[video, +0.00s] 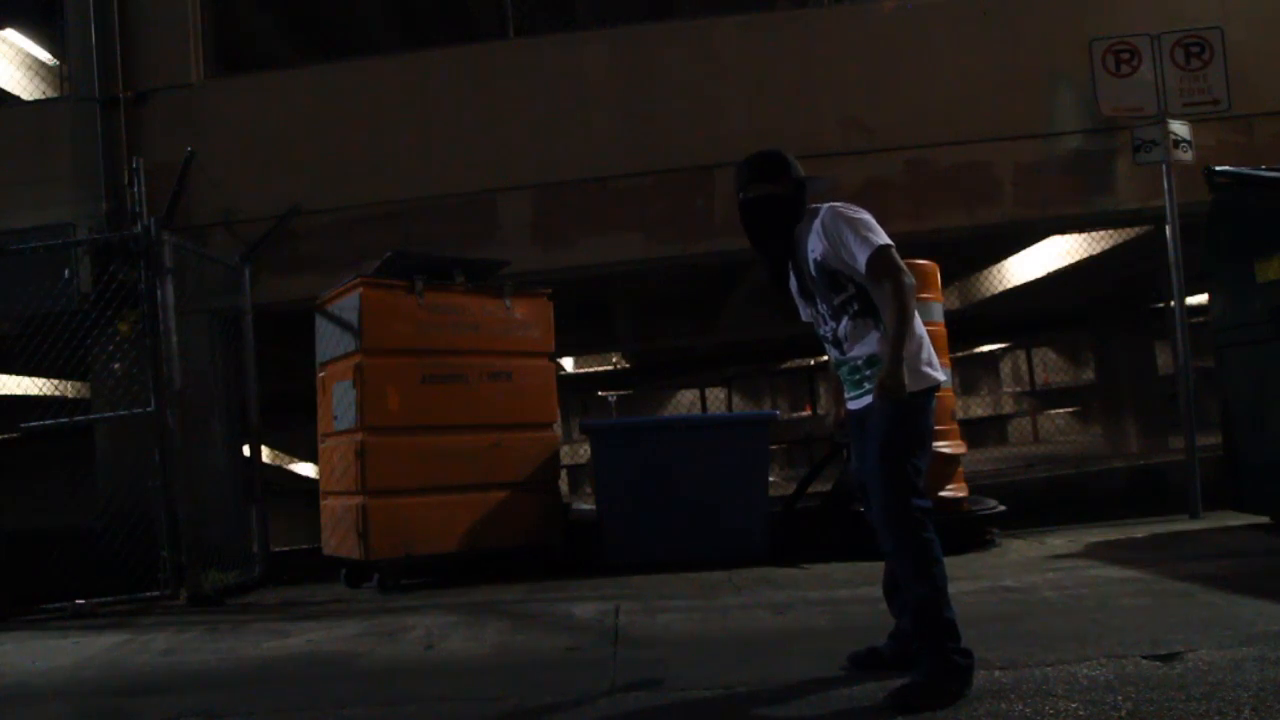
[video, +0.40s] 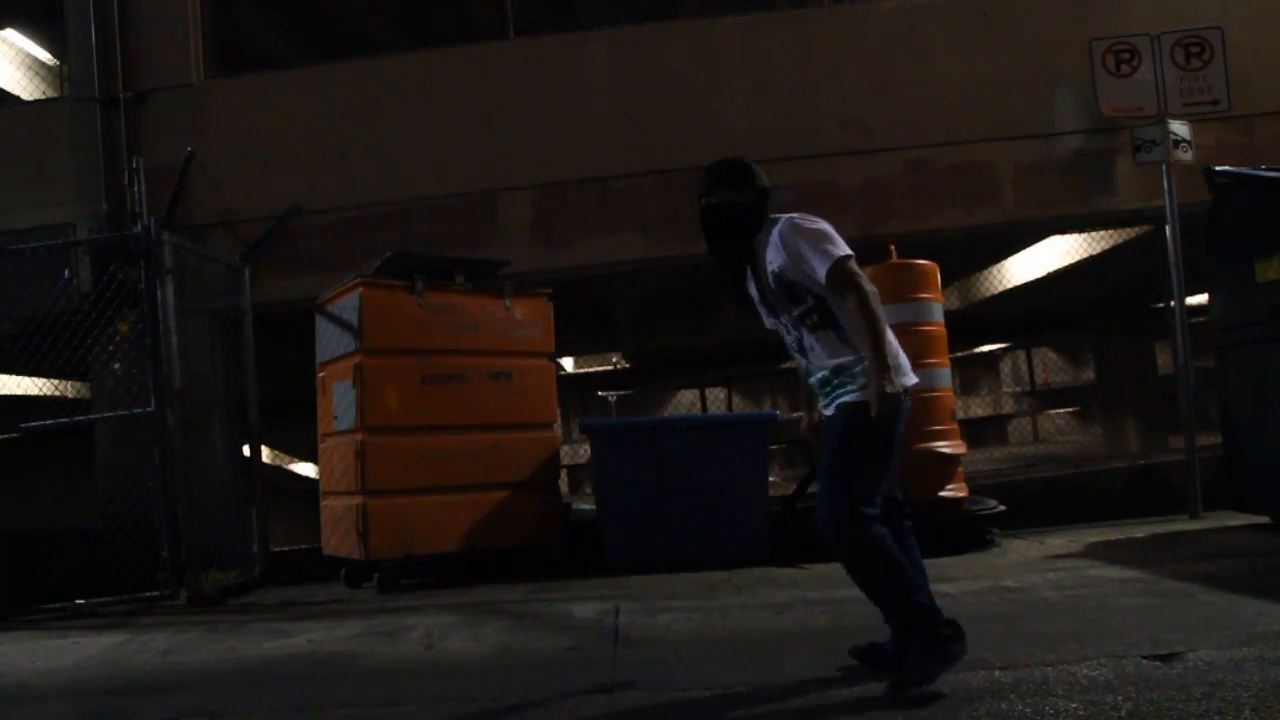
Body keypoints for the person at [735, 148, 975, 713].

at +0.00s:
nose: (749, 217)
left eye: (755, 203)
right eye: (745, 205)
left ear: (783, 195)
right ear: (758, 205)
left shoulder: (835, 220)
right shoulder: (798, 263)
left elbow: (895, 280)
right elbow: (835, 341)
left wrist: (893, 371)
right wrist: (841, 401)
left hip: (898, 392)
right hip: (866, 401)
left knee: (905, 520)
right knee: (888, 521)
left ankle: (944, 660)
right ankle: (910, 640)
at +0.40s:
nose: (712, 221)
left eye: (720, 207)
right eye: (708, 210)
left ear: (747, 202)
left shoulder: (794, 232)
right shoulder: (757, 272)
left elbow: (856, 287)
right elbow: (805, 345)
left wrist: (882, 377)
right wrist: (814, 408)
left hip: (871, 394)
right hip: (843, 402)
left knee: (846, 517)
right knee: (878, 514)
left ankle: (929, 634)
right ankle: (908, 635)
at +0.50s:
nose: (686, 228)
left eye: (694, 214)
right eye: (683, 216)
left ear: (721, 209)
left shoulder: (769, 240)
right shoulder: (733, 276)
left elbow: (840, 296)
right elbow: (782, 349)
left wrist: (886, 373)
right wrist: (791, 412)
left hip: (852, 400)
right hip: (822, 409)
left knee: (811, 522)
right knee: (870, 516)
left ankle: (910, 630)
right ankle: (914, 633)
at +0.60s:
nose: (653, 241)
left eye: (660, 228)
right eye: (652, 229)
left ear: (684, 225)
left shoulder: (735, 255)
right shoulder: (700, 291)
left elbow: (801, 320)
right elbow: (748, 363)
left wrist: (858, 391)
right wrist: (756, 423)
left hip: (825, 415)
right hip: (797, 422)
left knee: (762, 530)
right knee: (846, 527)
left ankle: (841, 640)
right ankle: (918, 634)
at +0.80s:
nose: (555, 256)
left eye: (559, 245)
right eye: (556, 248)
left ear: (576, 240)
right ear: (609, 234)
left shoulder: (615, 269)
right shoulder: (622, 275)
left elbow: (573, 303)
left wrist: (497, 298)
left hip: (728, 429)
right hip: (737, 424)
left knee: (670, 557)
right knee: (770, 539)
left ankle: (741, 675)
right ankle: (888, 611)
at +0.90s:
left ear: (518, 202)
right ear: (556, 202)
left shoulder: (554, 240)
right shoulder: (574, 248)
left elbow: (536, 268)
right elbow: (628, 312)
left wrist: (479, 248)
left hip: (660, 413)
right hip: (660, 412)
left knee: (690, 532)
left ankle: (820, 579)